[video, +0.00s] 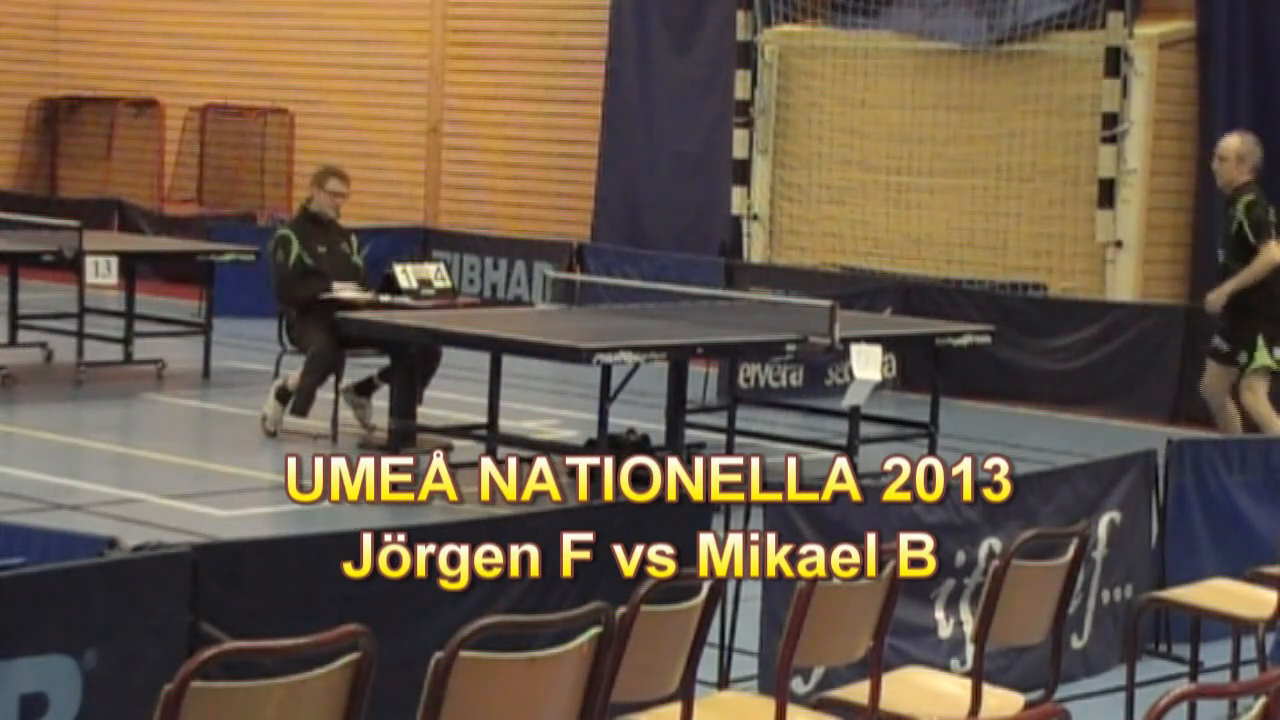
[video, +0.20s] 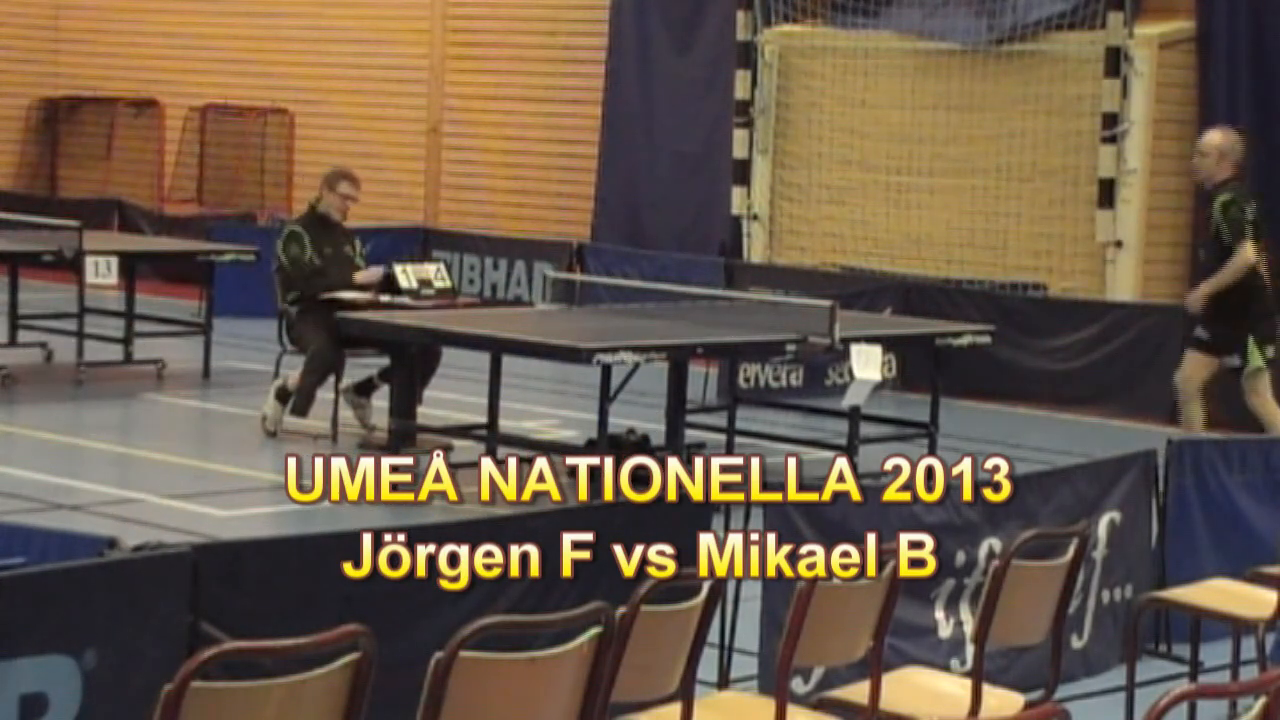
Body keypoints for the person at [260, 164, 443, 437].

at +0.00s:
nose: (339, 203)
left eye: (343, 197)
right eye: (333, 195)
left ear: (346, 198)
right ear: (314, 192)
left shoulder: (346, 236)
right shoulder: (290, 235)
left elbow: (360, 282)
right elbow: (287, 290)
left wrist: (366, 295)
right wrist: (331, 287)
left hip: (351, 318)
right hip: (310, 317)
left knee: (425, 351)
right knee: (328, 354)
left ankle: (362, 391)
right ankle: (283, 393)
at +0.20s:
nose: (348, 206)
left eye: (352, 200)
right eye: (344, 197)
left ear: (353, 201)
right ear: (325, 192)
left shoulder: (348, 237)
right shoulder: (297, 233)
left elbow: (361, 280)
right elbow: (307, 283)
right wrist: (354, 277)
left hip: (350, 313)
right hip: (309, 313)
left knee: (425, 351)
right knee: (327, 355)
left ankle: (361, 391)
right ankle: (283, 392)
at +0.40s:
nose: (356, 208)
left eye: (360, 203)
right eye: (351, 199)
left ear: (363, 204)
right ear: (332, 193)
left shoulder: (351, 237)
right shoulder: (305, 229)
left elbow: (360, 281)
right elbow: (324, 278)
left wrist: (391, 281)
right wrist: (369, 281)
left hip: (351, 314)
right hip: (310, 313)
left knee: (426, 351)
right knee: (328, 355)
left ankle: (361, 391)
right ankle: (283, 393)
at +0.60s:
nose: (362, 210)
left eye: (366, 204)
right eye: (357, 201)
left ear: (368, 205)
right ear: (339, 194)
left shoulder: (354, 238)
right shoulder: (312, 228)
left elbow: (363, 282)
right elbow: (334, 277)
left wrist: (398, 280)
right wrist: (377, 283)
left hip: (350, 313)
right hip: (310, 312)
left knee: (425, 350)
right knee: (328, 354)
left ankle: (361, 391)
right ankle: (283, 392)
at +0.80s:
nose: (363, 211)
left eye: (369, 205)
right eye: (359, 202)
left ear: (371, 207)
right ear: (341, 196)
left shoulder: (357, 239)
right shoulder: (313, 229)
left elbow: (360, 283)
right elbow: (335, 277)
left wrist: (396, 283)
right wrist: (379, 285)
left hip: (349, 315)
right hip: (310, 314)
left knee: (424, 349)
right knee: (328, 356)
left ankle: (361, 393)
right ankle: (283, 394)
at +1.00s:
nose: (363, 208)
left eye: (367, 202)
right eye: (358, 199)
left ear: (370, 204)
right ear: (340, 195)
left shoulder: (355, 238)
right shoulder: (313, 229)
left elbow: (365, 281)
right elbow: (334, 276)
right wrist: (371, 286)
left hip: (350, 318)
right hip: (310, 316)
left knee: (419, 350)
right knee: (328, 349)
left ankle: (362, 391)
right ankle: (299, 395)